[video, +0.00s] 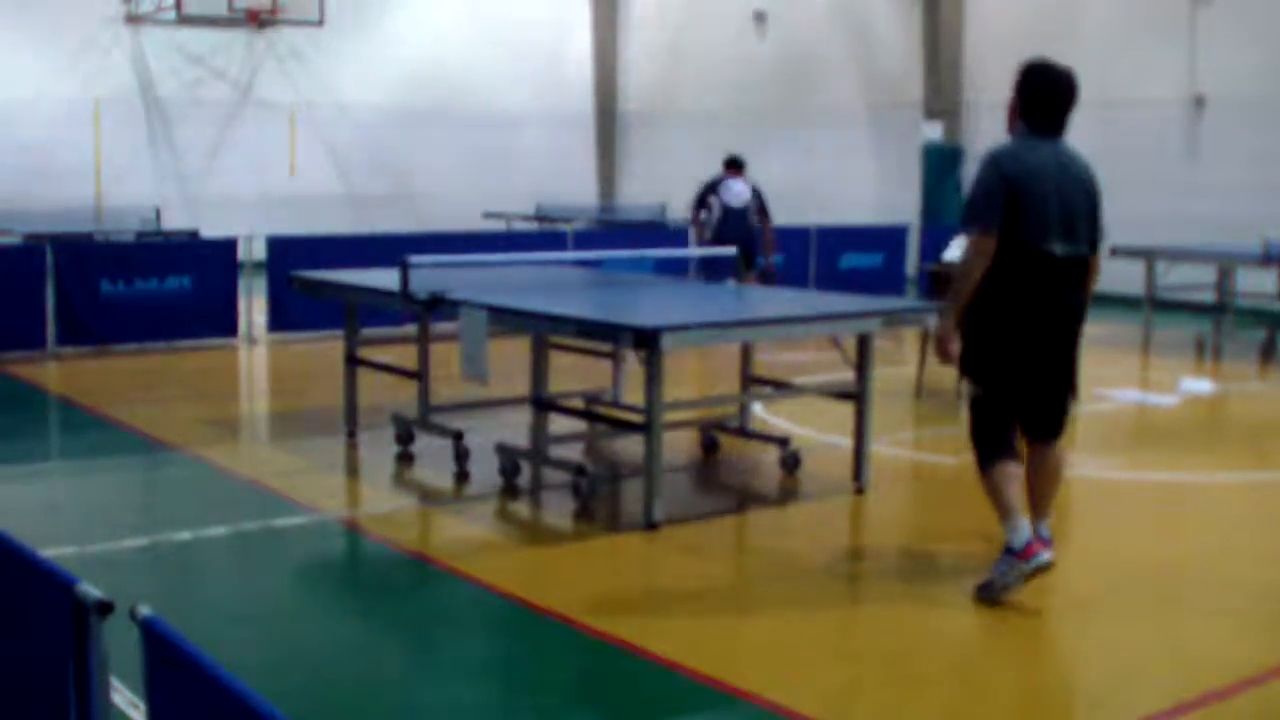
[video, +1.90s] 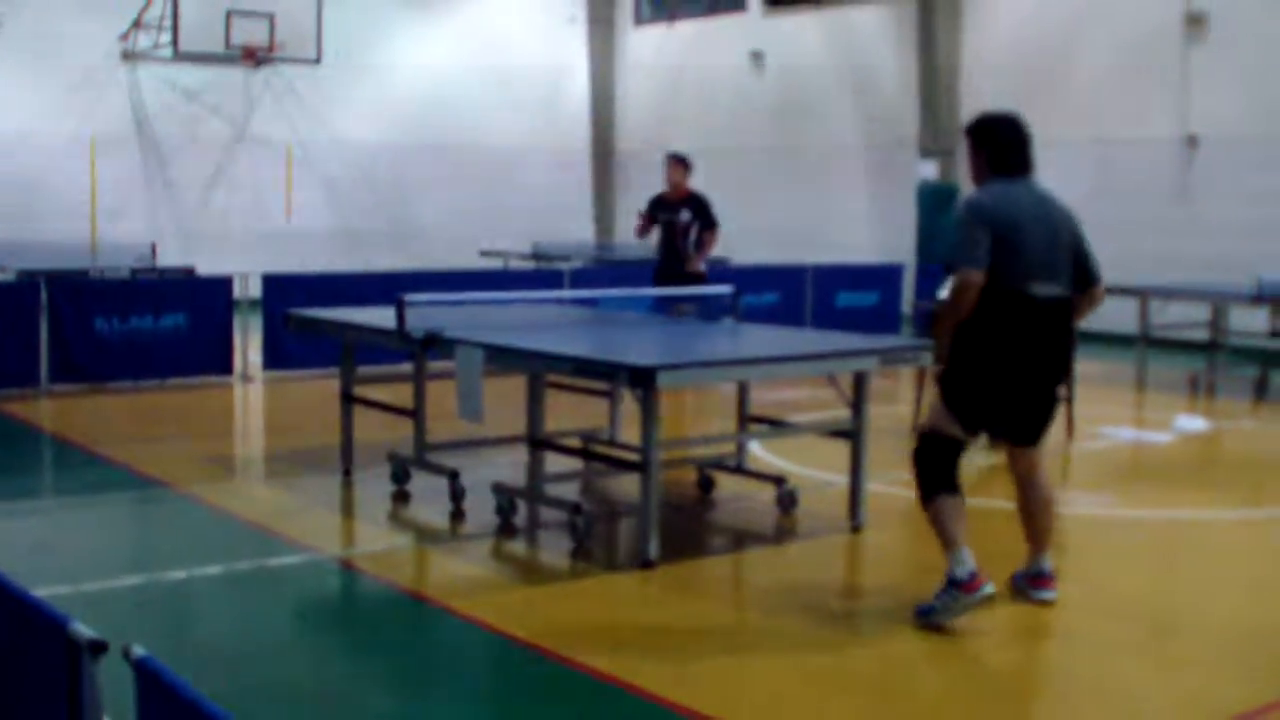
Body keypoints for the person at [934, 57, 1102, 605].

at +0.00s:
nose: (1009, 107)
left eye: (1013, 99)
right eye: (1017, 98)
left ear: (1017, 106)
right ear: (1067, 111)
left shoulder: (1001, 166)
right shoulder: (1080, 174)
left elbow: (979, 250)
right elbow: (1091, 263)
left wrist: (950, 317)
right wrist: (1072, 311)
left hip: (999, 326)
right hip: (1057, 330)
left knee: (993, 433)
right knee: (1044, 431)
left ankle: (1021, 538)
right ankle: (1039, 533)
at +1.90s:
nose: (968, 165)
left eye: (970, 156)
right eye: (969, 155)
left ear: (981, 158)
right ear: (1024, 156)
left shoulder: (980, 208)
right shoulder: (1054, 210)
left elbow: (969, 280)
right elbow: (1092, 290)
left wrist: (944, 322)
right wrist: (1050, 324)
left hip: (988, 349)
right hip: (1045, 354)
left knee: (934, 451)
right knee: (1026, 457)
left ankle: (962, 572)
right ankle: (1040, 568)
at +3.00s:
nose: (876, 145)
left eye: (879, 137)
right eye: (881, 136)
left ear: (885, 142)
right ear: (931, 138)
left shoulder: (888, 192)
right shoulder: (959, 188)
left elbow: (851, 264)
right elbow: (982, 267)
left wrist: (869, 197)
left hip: (921, 339)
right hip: (979, 338)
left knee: (869, 444)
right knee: (979, 438)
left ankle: (837, 562)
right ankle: (1007, 544)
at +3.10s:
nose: (880, 142)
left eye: (882, 135)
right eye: (886, 134)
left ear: (887, 139)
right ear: (935, 137)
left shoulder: (888, 190)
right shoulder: (964, 188)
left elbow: (851, 262)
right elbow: (991, 267)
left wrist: (871, 188)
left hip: (920, 340)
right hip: (979, 339)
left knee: (865, 435)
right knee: (977, 435)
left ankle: (840, 562)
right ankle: (1007, 544)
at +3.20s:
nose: (878, 143)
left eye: (880, 136)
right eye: (884, 134)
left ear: (884, 140)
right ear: (933, 138)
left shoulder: (883, 195)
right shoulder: (966, 195)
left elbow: (841, 260)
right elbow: (996, 274)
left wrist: (871, 190)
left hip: (908, 348)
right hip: (972, 348)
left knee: (851, 442)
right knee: (976, 439)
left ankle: (839, 564)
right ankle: (1007, 544)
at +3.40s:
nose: (866, 148)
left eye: (869, 140)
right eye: (869, 139)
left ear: (874, 144)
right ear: (923, 141)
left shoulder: (871, 198)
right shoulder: (961, 195)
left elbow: (836, 270)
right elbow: (997, 277)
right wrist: (959, 309)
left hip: (902, 352)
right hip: (970, 350)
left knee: (848, 443)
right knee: (982, 440)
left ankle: (840, 563)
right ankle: (1017, 545)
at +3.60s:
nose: (879, 166)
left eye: (881, 157)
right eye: (880, 156)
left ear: (888, 160)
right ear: (933, 152)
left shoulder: (899, 202)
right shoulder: (972, 201)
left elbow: (890, 277)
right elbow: (995, 278)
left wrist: (876, 337)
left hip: (932, 345)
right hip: (990, 348)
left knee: (876, 442)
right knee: (997, 444)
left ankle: (844, 562)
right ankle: (1024, 548)